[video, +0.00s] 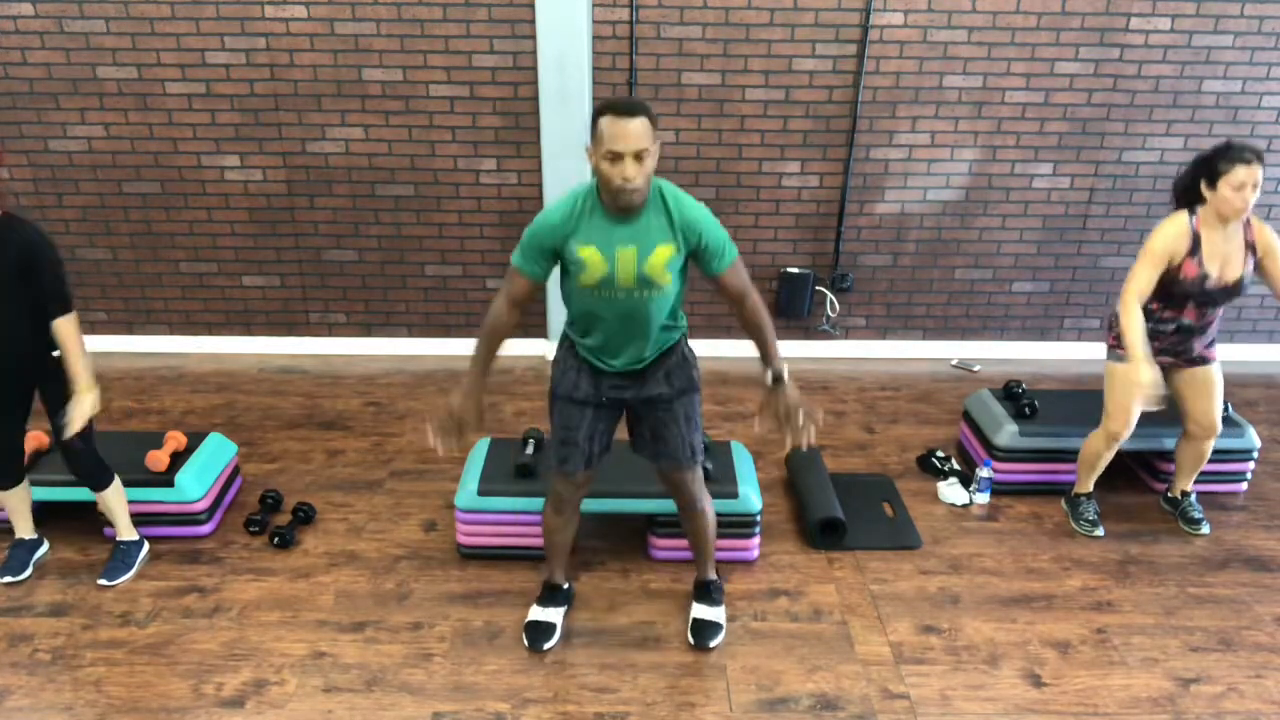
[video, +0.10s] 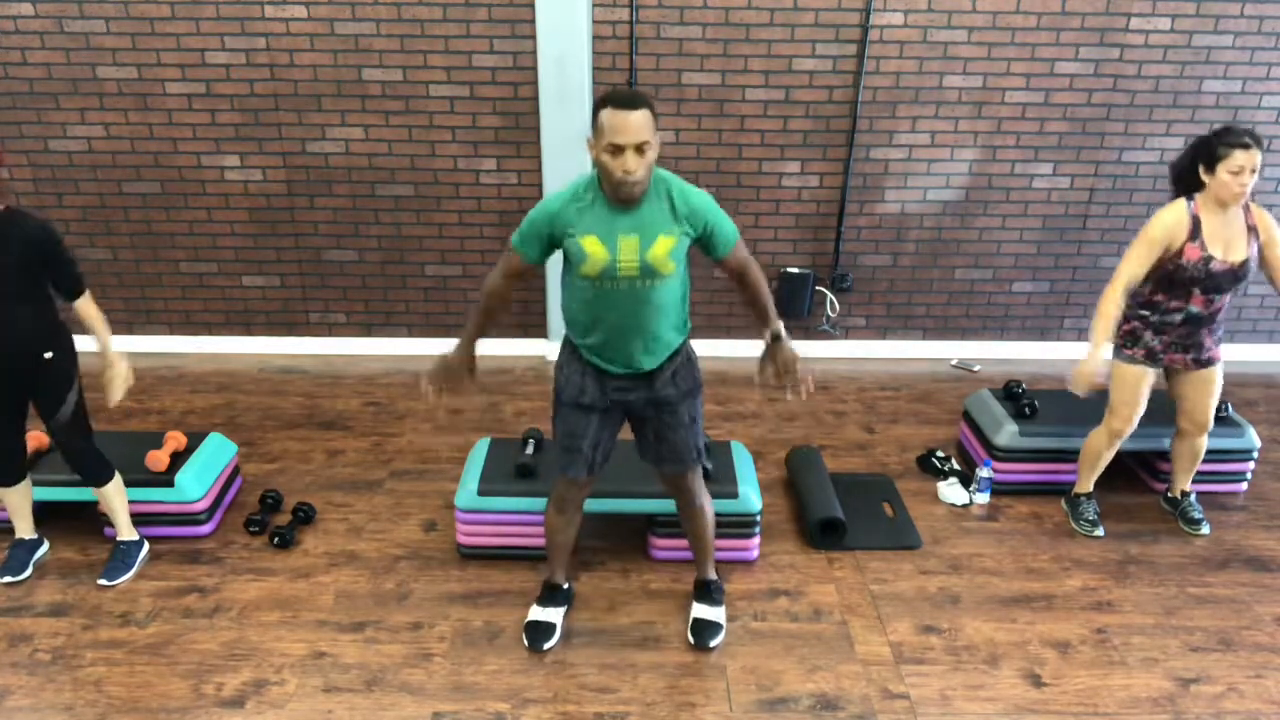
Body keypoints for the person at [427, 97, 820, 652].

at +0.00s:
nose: (629, 172)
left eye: (640, 157)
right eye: (615, 158)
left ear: (655, 156)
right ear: (592, 158)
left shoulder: (685, 216)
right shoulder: (557, 223)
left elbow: (742, 294)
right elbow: (510, 301)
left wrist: (778, 375)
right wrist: (470, 387)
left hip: (662, 363)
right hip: (584, 363)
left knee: (684, 479)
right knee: (566, 482)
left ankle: (708, 584)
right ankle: (554, 588)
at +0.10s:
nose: (628, 165)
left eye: (640, 150)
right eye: (615, 150)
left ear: (656, 148)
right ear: (593, 148)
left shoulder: (687, 204)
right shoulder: (558, 212)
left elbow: (743, 267)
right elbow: (503, 278)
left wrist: (777, 336)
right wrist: (464, 344)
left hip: (666, 370)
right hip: (586, 369)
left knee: (685, 480)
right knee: (569, 484)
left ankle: (708, 584)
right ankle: (555, 588)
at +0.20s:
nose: (630, 168)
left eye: (642, 153)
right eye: (617, 153)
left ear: (659, 146)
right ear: (595, 148)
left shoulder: (691, 199)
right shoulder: (559, 206)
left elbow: (738, 244)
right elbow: (506, 254)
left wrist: (769, 295)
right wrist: (462, 305)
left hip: (668, 369)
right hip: (589, 370)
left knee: (686, 478)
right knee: (570, 483)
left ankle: (708, 584)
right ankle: (555, 588)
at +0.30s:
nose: (632, 172)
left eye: (644, 157)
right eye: (618, 158)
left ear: (661, 148)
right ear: (596, 150)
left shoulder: (693, 196)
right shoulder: (562, 202)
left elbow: (732, 225)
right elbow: (503, 235)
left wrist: (760, 261)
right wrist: (464, 279)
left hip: (669, 368)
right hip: (592, 369)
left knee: (686, 476)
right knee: (572, 482)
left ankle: (708, 583)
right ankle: (555, 588)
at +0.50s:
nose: (632, 173)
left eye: (645, 159)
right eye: (618, 158)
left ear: (663, 150)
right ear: (596, 150)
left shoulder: (693, 200)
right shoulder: (563, 207)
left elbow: (737, 232)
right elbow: (504, 249)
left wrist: (765, 275)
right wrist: (460, 297)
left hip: (671, 366)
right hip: (593, 367)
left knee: (687, 476)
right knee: (574, 480)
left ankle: (709, 582)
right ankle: (556, 586)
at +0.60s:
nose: (631, 178)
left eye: (644, 163)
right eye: (617, 163)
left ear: (662, 153)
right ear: (596, 155)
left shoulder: (693, 205)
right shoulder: (564, 214)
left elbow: (739, 263)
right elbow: (506, 280)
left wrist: (767, 328)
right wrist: (473, 347)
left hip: (671, 366)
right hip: (593, 367)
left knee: (690, 478)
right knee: (573, 481)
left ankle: (709, 583)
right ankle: (556, 587)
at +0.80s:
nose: (629, 237)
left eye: (640, 220)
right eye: (615, 221)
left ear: (658, 205)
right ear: (596, 208)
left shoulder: (690, 251)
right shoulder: (567, 259)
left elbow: (721, 352)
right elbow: (542, 357)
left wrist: (726, 453)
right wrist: (536, 457)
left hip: (671, 367)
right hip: (592, 367)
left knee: (697, 485)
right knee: (563, 489)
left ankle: (708, 583)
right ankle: (555, 585)